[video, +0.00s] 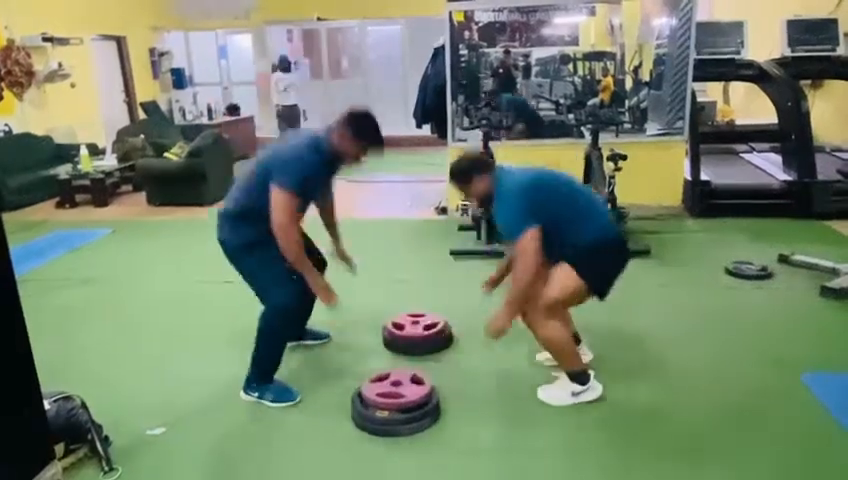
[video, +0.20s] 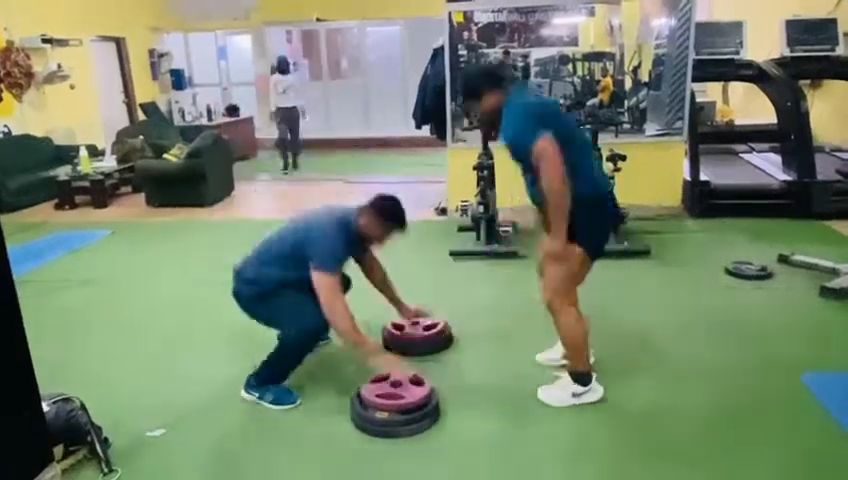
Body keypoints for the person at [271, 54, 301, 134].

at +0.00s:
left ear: (278, 65)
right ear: (289, 64)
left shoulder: (275, 77)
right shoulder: (295, 76)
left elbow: (273, 93)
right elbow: (300, 94)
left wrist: (276, 106)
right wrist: (304, 110)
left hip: (281, 107)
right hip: (294, 106)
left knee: (283, 134)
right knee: (296, 133)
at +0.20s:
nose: (283, 67)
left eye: (281, 64)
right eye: (285, 64)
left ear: (277, 66)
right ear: (289, 65)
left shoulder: (274, 79)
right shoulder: (294, 77)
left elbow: (272, 95)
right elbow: (298, 94)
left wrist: (273, 109)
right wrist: (302, 108)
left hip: (280, 109)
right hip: (293, 108)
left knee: (282, 135)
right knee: (294, 136)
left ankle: (285, 161)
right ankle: (295, 160)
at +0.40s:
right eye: (281, 66)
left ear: (271, 69)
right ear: (283, 67)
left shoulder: (270, 82)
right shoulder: (290, 79)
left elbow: (267, 100)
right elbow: (296, 94)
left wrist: (267, 114)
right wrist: (298, 106)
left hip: (277, 112)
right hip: (290, 110)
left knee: (281, 139)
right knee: (293, 137)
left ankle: (286, 167)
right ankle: (296, 163)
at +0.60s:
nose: (272, 68)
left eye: (271, 66)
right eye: (275, 65)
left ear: (269, 68)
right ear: (281, 66)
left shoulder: (269, 81)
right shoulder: (287, 78)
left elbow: (266, 99)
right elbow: (293, 96)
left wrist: (265, 115)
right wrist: (296, 111)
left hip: (275, 112)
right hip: (288, 111)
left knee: (279, 141)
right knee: (290, 138)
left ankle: (286, 167)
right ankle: (294, 158)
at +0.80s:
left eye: (269, 67)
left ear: (267, 69)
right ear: (280, 67)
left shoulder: (265, 82)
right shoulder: (286, 79)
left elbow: (262, 100)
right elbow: (292, 97)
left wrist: (263, 114)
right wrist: (295, 113)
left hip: (272, 113)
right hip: (285, 113)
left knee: (277, 141)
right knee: (286, 139)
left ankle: (287, 166)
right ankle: (287, 165)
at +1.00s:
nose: (270, 72)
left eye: (269, 70)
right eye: (274, 69)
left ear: (265, 72)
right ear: (279, 70)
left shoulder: (263, 84)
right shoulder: (283, 81)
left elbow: (261, 100)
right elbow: (289, 80)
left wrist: (261, 114)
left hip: (268, 116)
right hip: (281, 115)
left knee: (274, 145)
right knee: (282, 146)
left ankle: (284, 163)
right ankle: (283, 179)